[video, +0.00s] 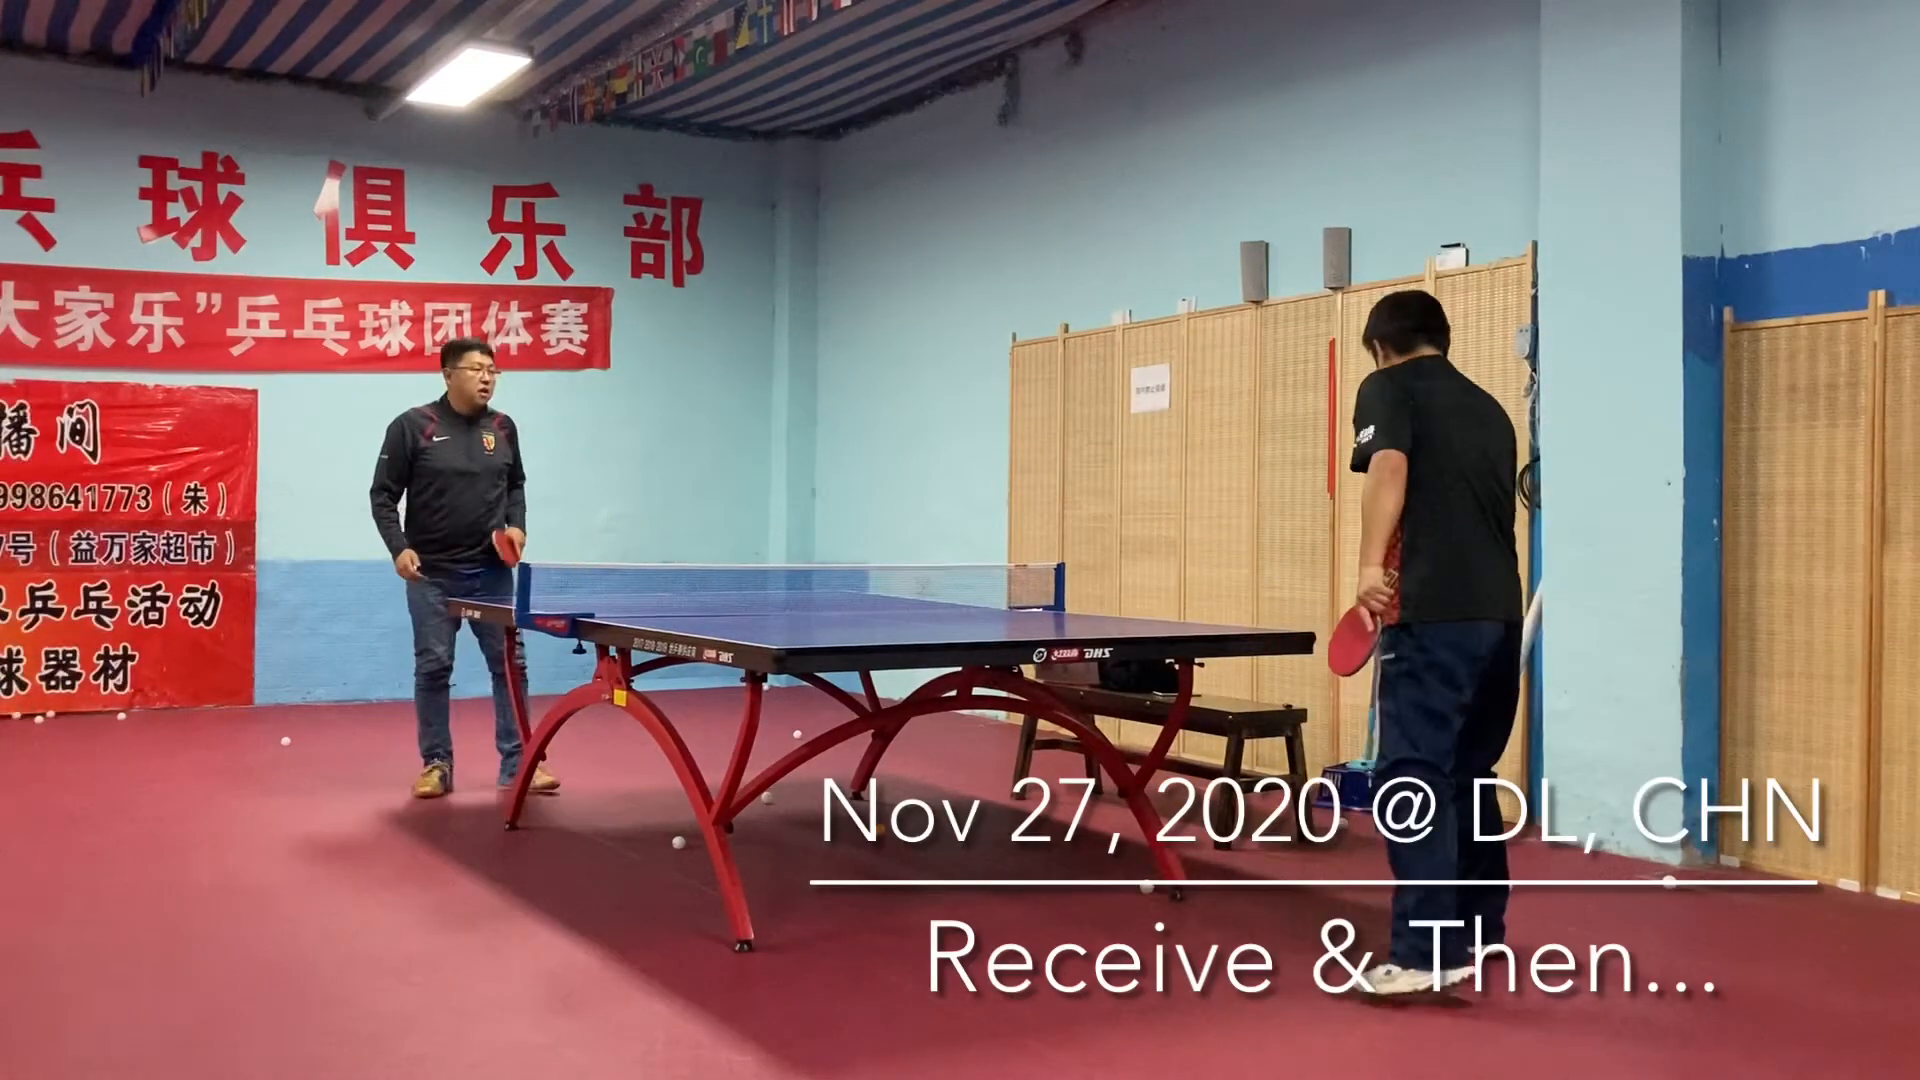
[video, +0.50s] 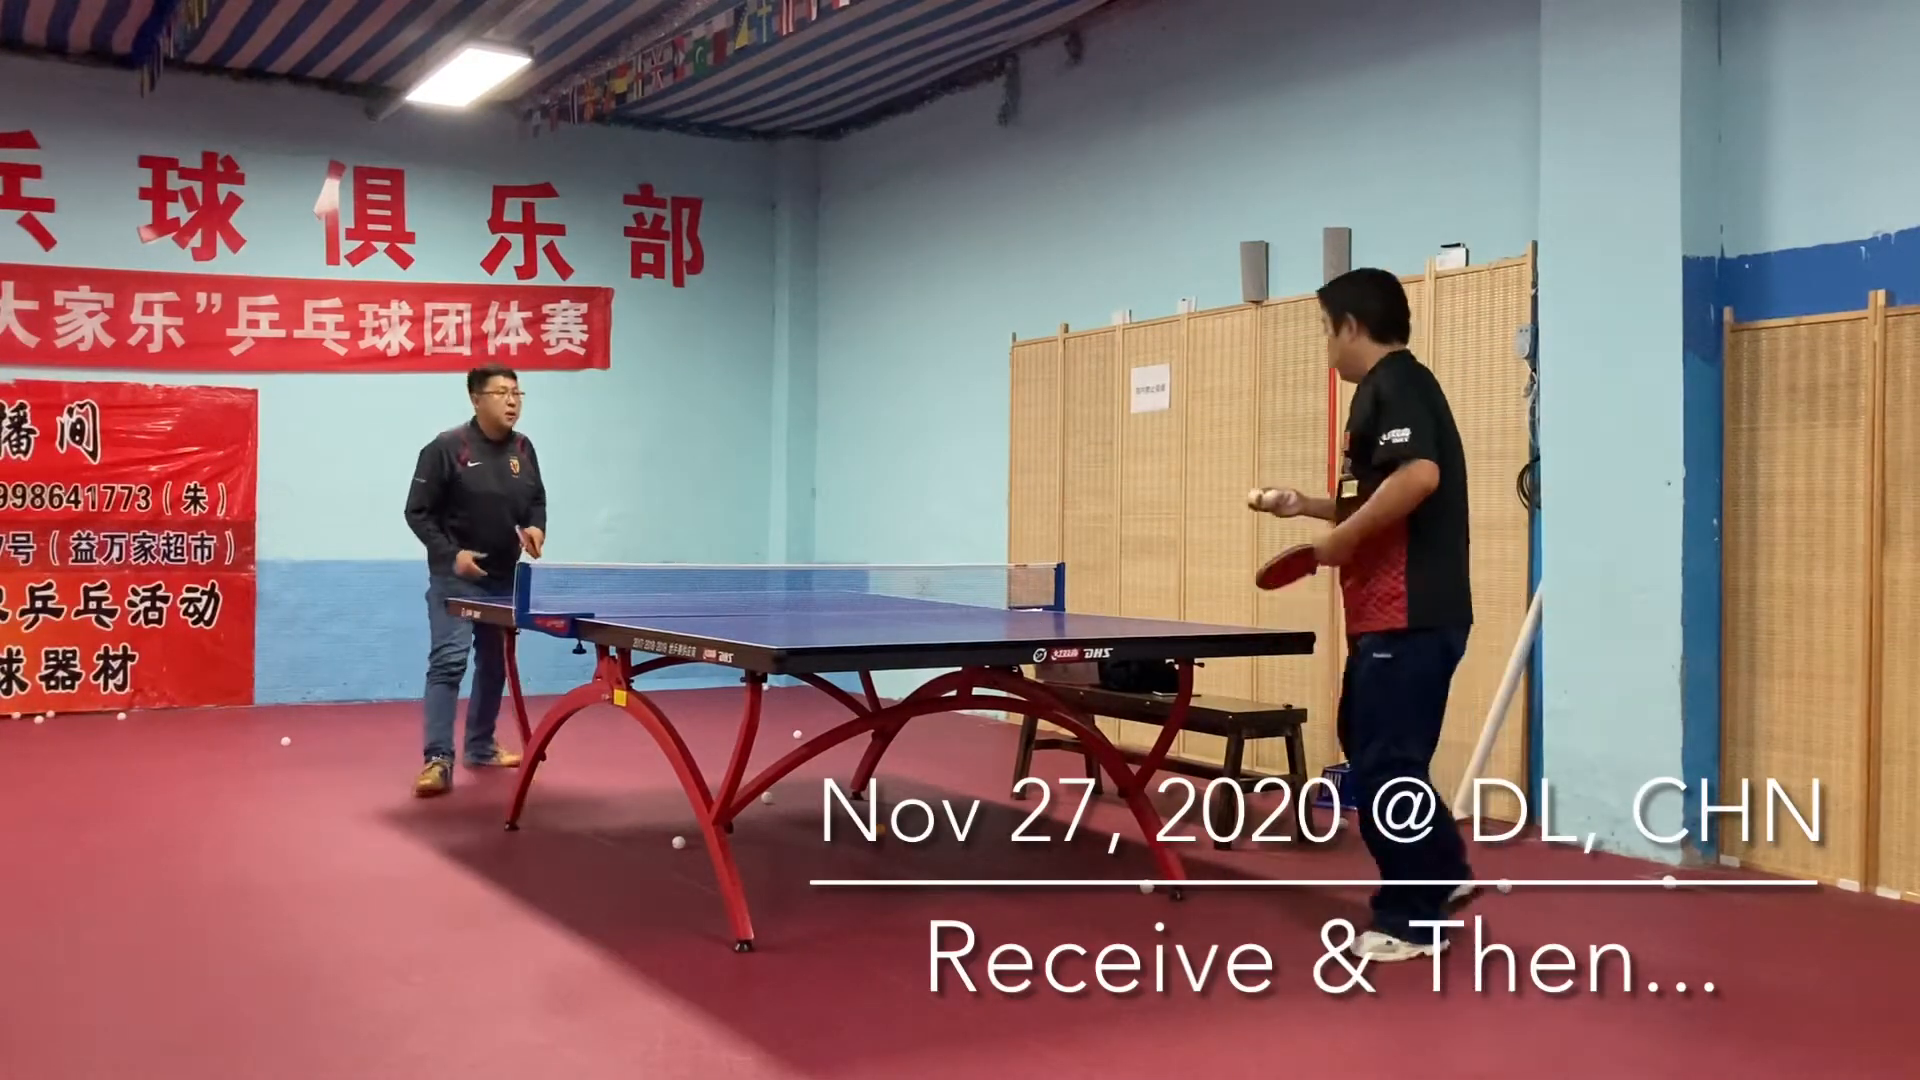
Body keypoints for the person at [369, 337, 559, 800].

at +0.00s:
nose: (487, 379)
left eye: (490, 371)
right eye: (477, 370)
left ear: (493, 378)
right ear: (450, 374)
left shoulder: (501, 427)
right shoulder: (411, 427)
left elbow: (515, 486)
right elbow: (383, 496)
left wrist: (516, 525)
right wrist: (399, 547)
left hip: (491, 572)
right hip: (431, 574)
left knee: (509, 664)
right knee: (434, 668)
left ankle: (517, 764)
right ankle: (436, 764)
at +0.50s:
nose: (513, 401)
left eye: (517, 394)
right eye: (502, 394)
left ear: (520, 400)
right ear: (477, 399)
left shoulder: (523, 448)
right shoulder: (444, 449)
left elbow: (536, 500)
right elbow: (417, 512)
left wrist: (534, 527)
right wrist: (452, 554)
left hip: (503, 578)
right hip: (454, 577)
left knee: (493, 665)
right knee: (449, 661)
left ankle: (480, 747)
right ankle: (437, 758)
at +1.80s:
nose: (525, 422)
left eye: (531, 414)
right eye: (515, 413)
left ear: (536, 417)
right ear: (490, 415)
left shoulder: (534, 457)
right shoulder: (455, 450)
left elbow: (542, 509)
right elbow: (420, 513)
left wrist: (542, 535)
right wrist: (463, 533)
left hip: (504, 576)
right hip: (448, 576)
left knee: (531, 661)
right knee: (443, 660)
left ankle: (548, 752)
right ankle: (425, 756)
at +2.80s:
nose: (512, 450)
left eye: (517, 441)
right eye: (502, 441)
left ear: (522, 439)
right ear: (474, 439)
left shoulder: (532, 471)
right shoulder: (444, 480)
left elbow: (581, 514)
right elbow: (462, 534)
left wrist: (590, 548)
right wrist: (519, 553)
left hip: (520, 598)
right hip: (460, 599)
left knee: (571, 668)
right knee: (421, 676)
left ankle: (597, 767)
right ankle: (380, 770)